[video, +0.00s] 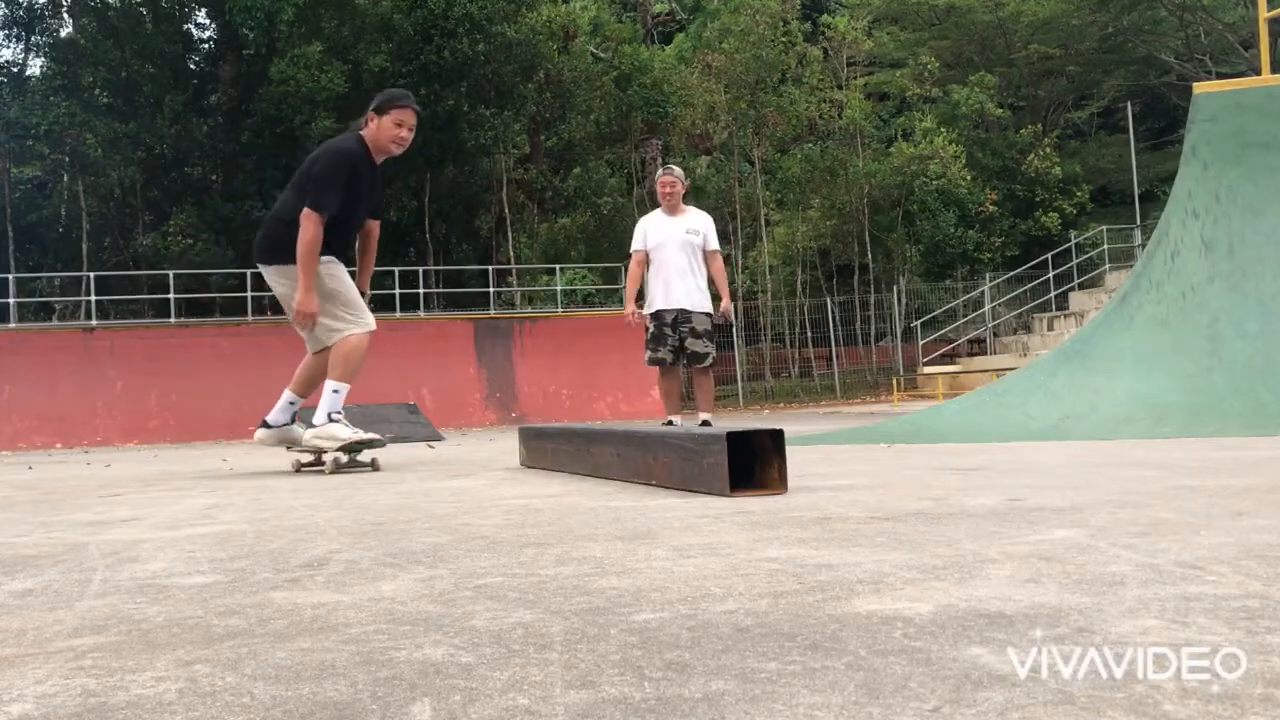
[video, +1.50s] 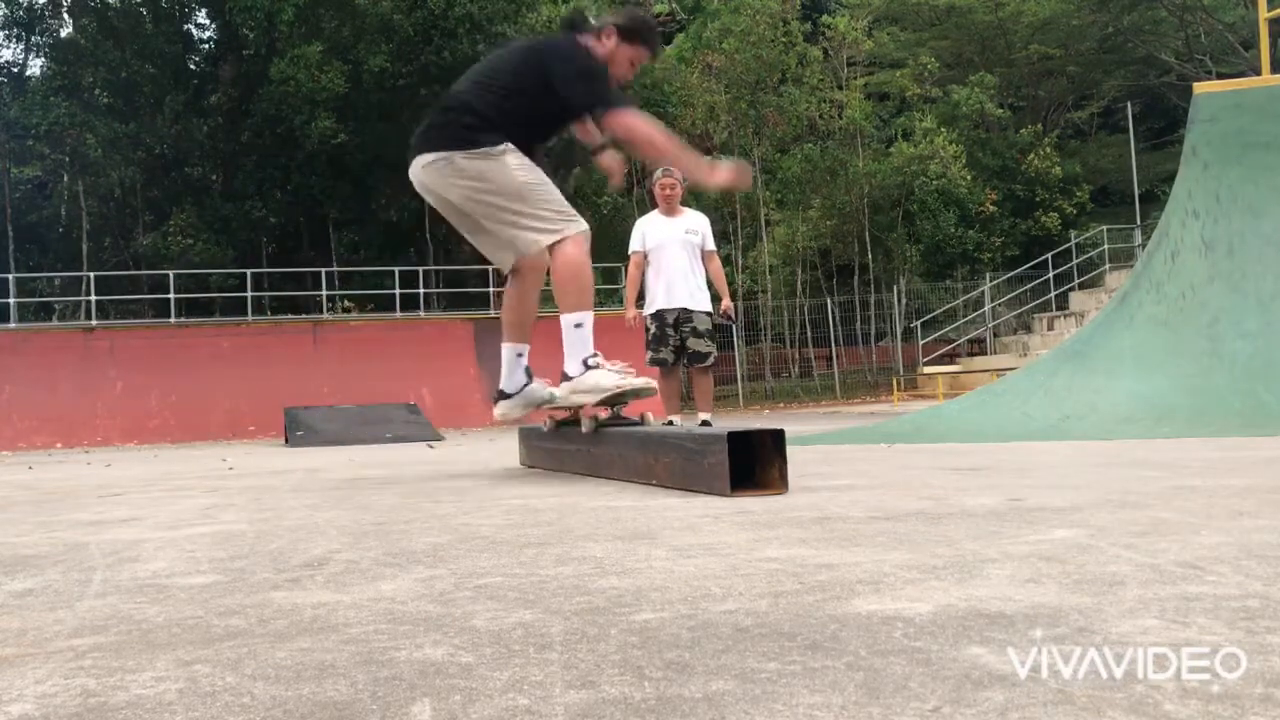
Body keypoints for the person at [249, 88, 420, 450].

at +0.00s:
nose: (404, 135)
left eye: (411, 129)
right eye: (398, 124)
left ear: (414, 134)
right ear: (371, 120)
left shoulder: (373, 168)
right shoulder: (341, 154)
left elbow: (370, 231)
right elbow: (311, 221)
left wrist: (361, 289)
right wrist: (307, 290)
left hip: (290, 254)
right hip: (297, 253)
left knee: (330, 344)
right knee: (357, 327)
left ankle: (278, 421)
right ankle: (327, 419)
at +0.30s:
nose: (442, 110)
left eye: (448, 104)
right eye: (436, 98)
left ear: (451, 108)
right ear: (408, 90)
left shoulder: (401, 138)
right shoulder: (379, 124)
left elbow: (394, 204)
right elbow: (344, 190)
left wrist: (381, 262)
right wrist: (339, 265)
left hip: (308, 226)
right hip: (316, 225)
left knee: (349, 326)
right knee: (378, 310)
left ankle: (305, 418)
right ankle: (359, 415)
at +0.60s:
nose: (480, 137)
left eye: (485, 131)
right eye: (474, 125)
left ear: (485, 135)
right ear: (445, 115)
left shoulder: (435, 164)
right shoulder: (416, 147)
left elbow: (425, 228)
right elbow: (399, 218)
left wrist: (462, 280)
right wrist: (414, 293)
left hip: (335, 248)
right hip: (335, 244)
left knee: (401, 335)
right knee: (428, 316)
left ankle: (333, 417)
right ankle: (383, 418)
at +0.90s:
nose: (502, 102)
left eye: (507, 95)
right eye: (497, 89)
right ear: (466, 78)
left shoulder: (440, 123)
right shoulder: (446, 112)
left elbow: (483, 166)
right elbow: (503, 143)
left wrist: (540, 141)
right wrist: (580, 180)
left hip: (360, 238)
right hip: (386, 231)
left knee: (441, 329)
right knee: (472, 306)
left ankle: (366, 410)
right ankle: (428, 412)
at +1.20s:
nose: (543, 36)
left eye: (549, 28)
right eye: (545, 21)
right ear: (523, 3)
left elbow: (571, 52)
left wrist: (614, 12)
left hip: (421, 169)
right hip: (443, 142)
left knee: (433, 286)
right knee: (556, 170)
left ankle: (384, 401)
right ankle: (502, 284)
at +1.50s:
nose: (630, 76)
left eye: (637, 69)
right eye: (632, 62)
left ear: (601, 37)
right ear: (608, 38)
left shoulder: (558, 56)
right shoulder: (578, 58)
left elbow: (577, 117)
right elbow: (626, 124)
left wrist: (602, 153)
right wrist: (703, 169)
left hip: (432, 160)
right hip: (468, 151)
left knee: (529, 260)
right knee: (569, 234)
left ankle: (514, 387)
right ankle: (581, 367)